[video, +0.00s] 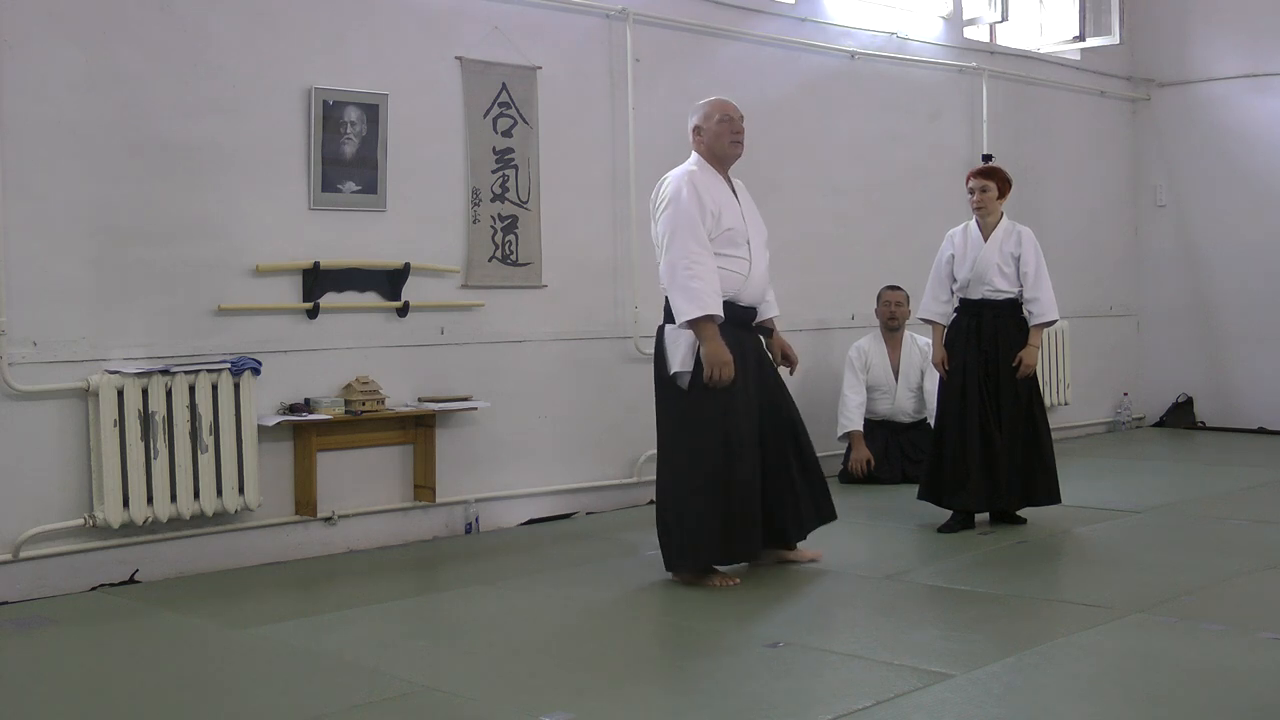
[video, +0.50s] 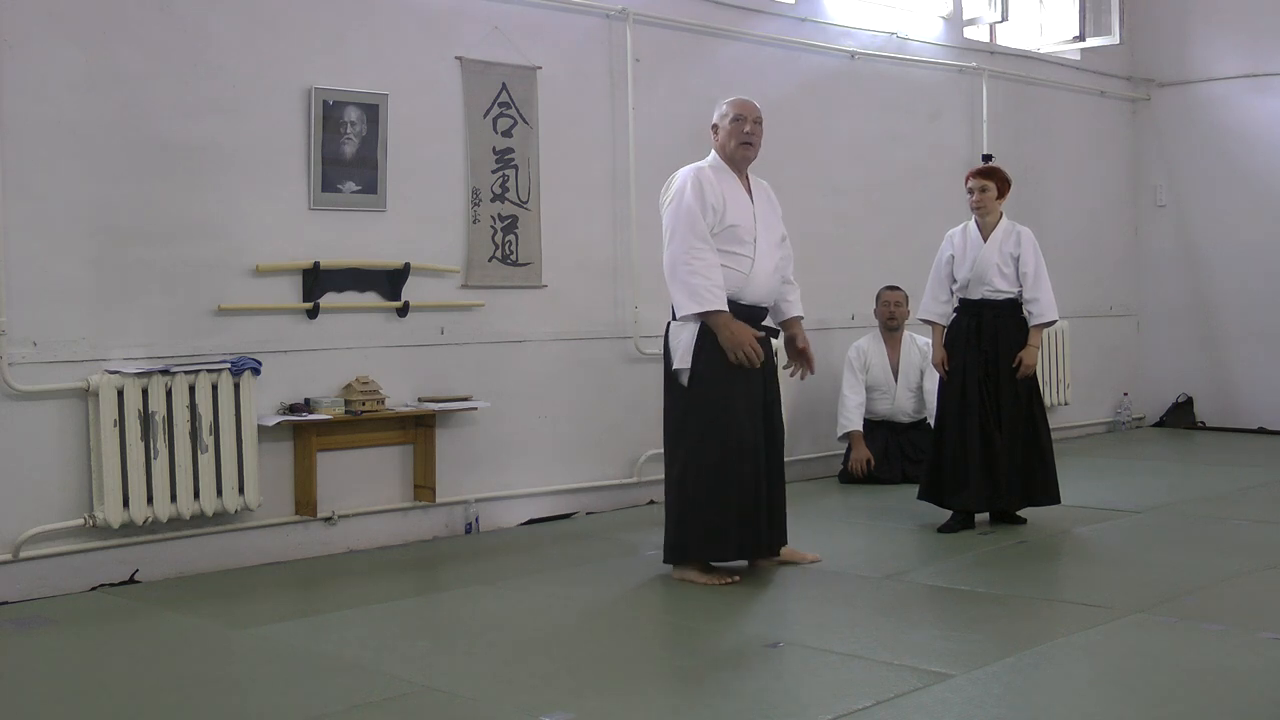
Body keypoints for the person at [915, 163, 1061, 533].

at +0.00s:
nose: (977, 197)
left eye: (985, 191)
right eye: (972, 192)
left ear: (1001, 194)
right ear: (968, 197)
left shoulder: (1020, 236)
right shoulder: (956, 237)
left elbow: (1038, 293)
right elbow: (940, 291)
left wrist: (1033, 344)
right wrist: (937, 342)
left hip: (1008, 330)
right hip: (965, 330)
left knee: (1008, 414)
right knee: (962, 415)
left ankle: (1003, 506)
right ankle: (963, 509)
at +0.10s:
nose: (977, 197)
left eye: (985, 191)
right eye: (972, 192)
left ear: (1001, 194)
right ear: (968, 197)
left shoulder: (1020, 236)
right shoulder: (956, 237)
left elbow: (1038, 293)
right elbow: (940, 291)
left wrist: (1033, 344)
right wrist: (937, 342)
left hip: (1008, 330)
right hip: (965, 330)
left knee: (1008, 415)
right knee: (962, 415)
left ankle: (1003, 506)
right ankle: (963, 509)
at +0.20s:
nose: (977, 197)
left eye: (984, 191)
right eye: (972, 192)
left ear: (1001, 194)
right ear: (967, 197)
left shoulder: (1020, 236)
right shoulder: (956, 237)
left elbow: (1038, 293)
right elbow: (940, 291)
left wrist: (1033, 344)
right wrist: (937, 342)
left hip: (1008, 329)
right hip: (965, 330)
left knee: (1008, 414)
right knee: (962, 415)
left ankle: (1003, 506)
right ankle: (963, 509)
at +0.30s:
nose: (976, 197)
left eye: (984, 191)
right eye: (972, 192)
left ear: (1001, 194)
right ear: (967, 197)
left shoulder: (1020, 236)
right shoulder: (956, 237)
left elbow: (1038, 293)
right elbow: (940, 291)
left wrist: (1033, 344)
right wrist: (937, 342)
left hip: (1008, 330)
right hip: (965, 330)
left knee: (1008, 414)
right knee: (962, 415)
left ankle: (1003, 506)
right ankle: (963, 509)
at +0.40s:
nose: (976, 197)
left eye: (984, 191)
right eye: (971, 192)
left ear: (1001, 194)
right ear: (967, 197)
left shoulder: (1020, 236)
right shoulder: (955, 237)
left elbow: (1038, 293)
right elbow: (940, 291)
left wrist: (1033, 344)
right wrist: (937, 342)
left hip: (1008, 330)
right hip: (965, 330)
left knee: (1008, 414)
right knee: (962, 415)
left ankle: (1003, 506)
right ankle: (963, 509)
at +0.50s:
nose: (976, 197)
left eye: (984, 191)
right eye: (971, 192)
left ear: (1000, 194)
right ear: (967, 197)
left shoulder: (1020, 236)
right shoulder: (955, 237)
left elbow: (1037, 293)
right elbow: (939, 292)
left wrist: (1033, 344)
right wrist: (937, 343)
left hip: (1008, 330)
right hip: (965, 331)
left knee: (1008, 415)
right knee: (962, 415)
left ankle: (1003, 506)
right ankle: (963, 509)